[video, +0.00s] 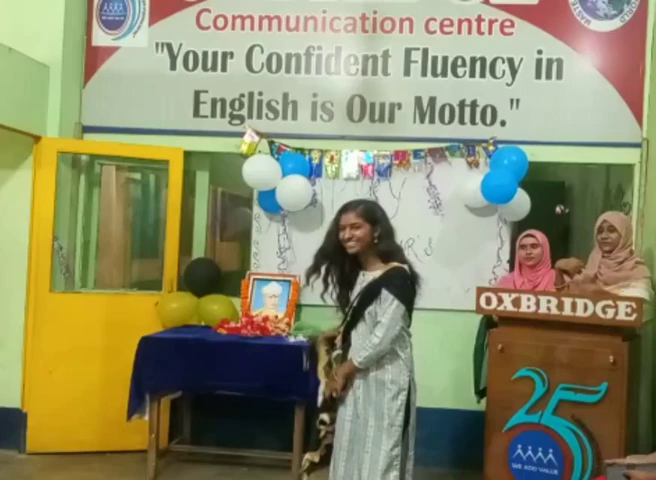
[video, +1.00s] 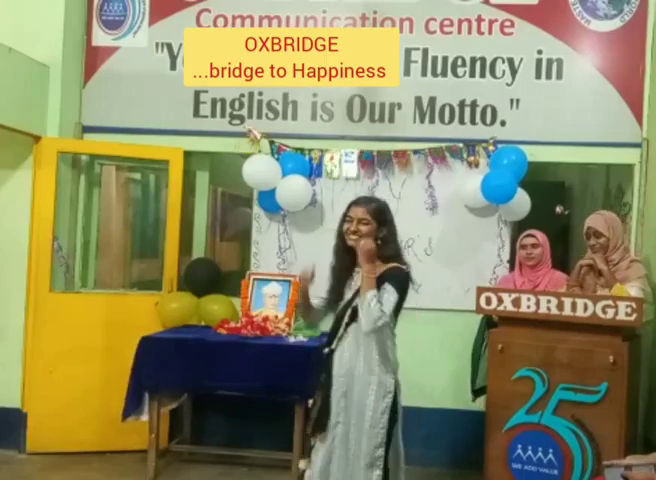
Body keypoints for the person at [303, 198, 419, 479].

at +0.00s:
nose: (347, 235)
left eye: (356, 227)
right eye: (343, 229)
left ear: (376, 231)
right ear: (338, 234)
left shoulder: (397, 276)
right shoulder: (360, 275)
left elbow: (385, 338)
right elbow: (358, 325)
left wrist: (345, 369)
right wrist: (340, 338)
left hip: (385, 378)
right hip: (360, 376)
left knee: (378, 459)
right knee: (351, 455)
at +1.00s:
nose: (352, 228)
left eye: (362, 222)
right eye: (348, 221)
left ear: (381, 231)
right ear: (342, 226)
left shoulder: (395, 273)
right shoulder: (347, 272)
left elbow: (373, 321)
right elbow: (314, 319)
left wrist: (367, 265)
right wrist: (302, 296)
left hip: (373, 383)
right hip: (340, 379)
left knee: (367, 461)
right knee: (331, 457)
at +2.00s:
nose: (219, 217)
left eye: (228, 209)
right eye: (213, 213)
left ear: (250, 215)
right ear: (209, 223)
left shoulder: (282, 269)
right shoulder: (205, 272)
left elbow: (342, 293)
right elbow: (144, 296)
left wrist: (401, 286)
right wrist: (103, 259)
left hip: (259, 389)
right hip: (209, 385)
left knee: (246, 467)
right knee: (199, 464)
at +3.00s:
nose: (174, 215)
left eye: (187, 211)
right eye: (176, 207)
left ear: (207, 224)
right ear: (172, 207)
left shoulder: (192, 257)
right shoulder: (183, 261)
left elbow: (127, 267)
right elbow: (136, 299)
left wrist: (81, 259)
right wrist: (88, 268)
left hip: (203, 375)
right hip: (184, 374)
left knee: (199, 465)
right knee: (179, 461)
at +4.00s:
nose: (266, 219)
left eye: (276, 211)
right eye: (259, 211)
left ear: (295, 220)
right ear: (251, 218)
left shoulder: (312, 274)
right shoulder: (238, 272)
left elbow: (301, 334)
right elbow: (212, 338)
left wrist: (295, 274)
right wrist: (205, 294)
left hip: (281, 396)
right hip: (231, 391)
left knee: (275, 470)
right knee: (219, 468)